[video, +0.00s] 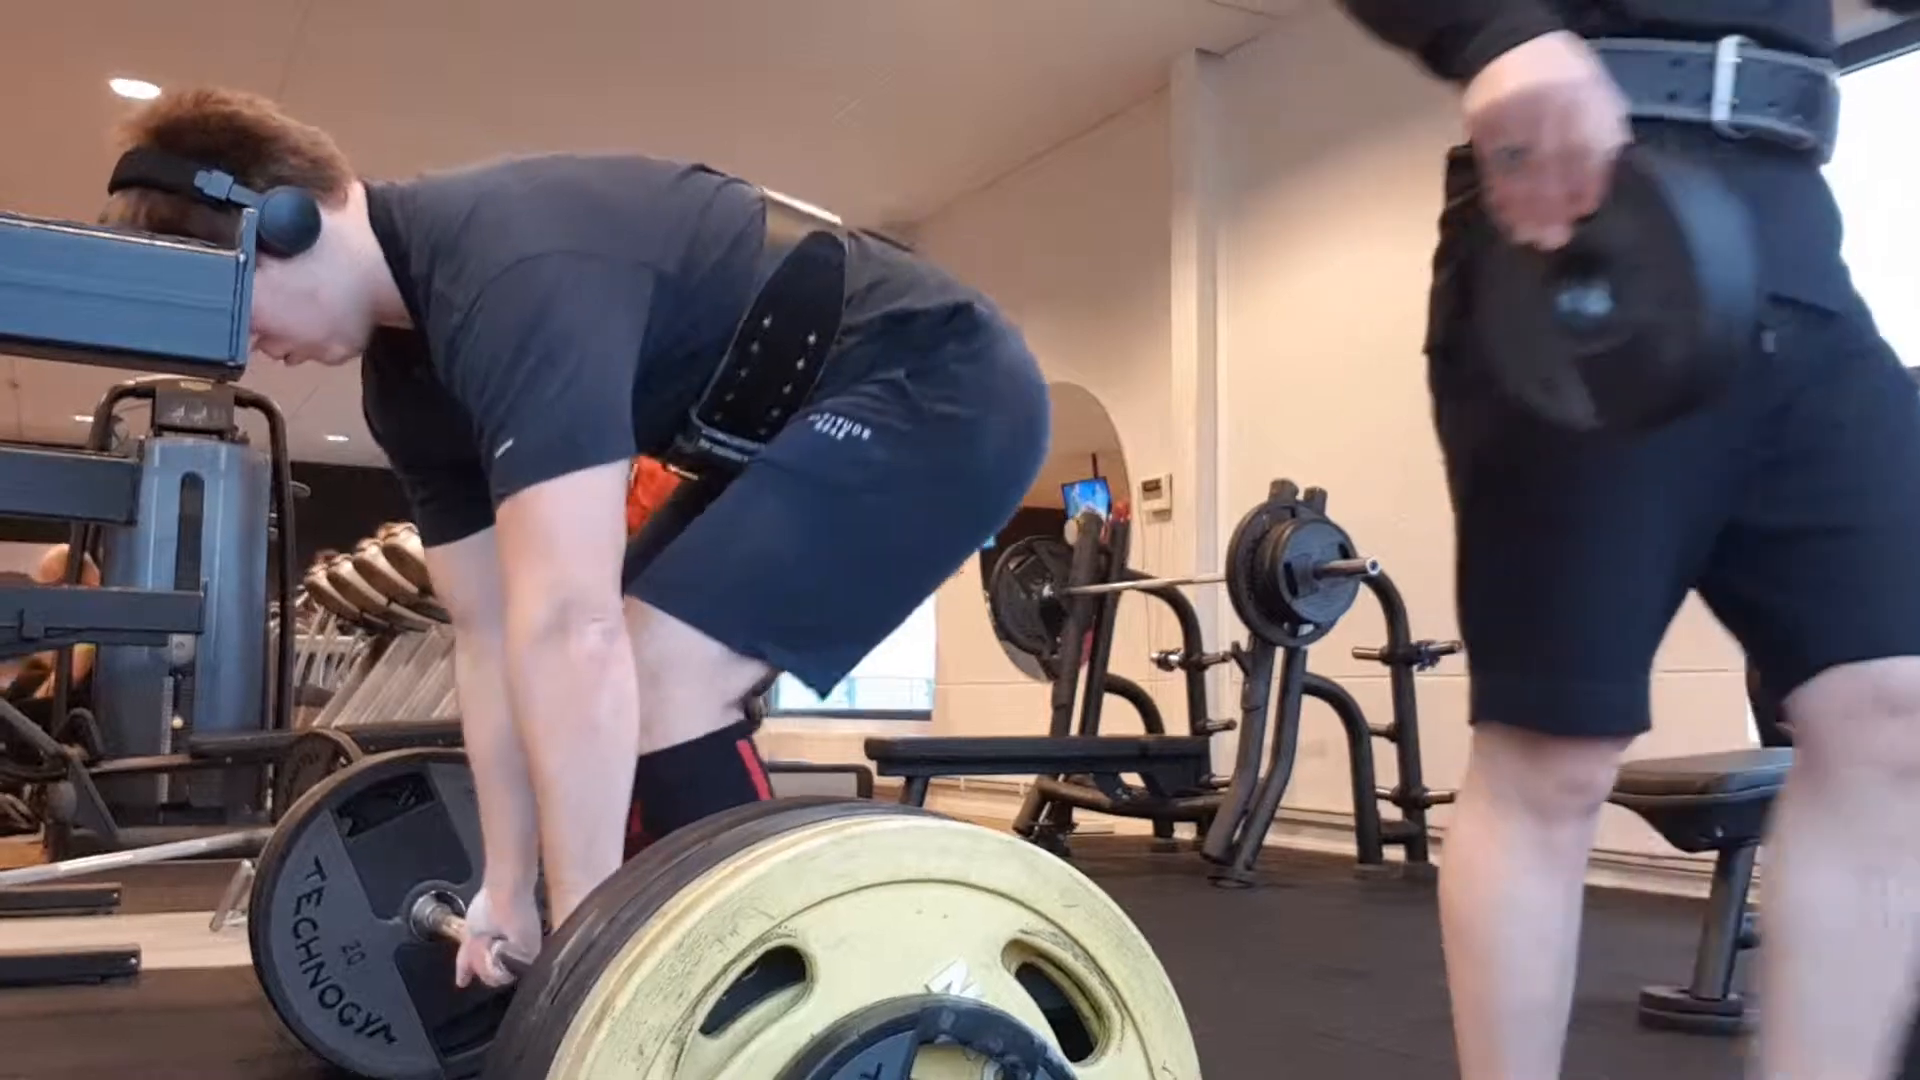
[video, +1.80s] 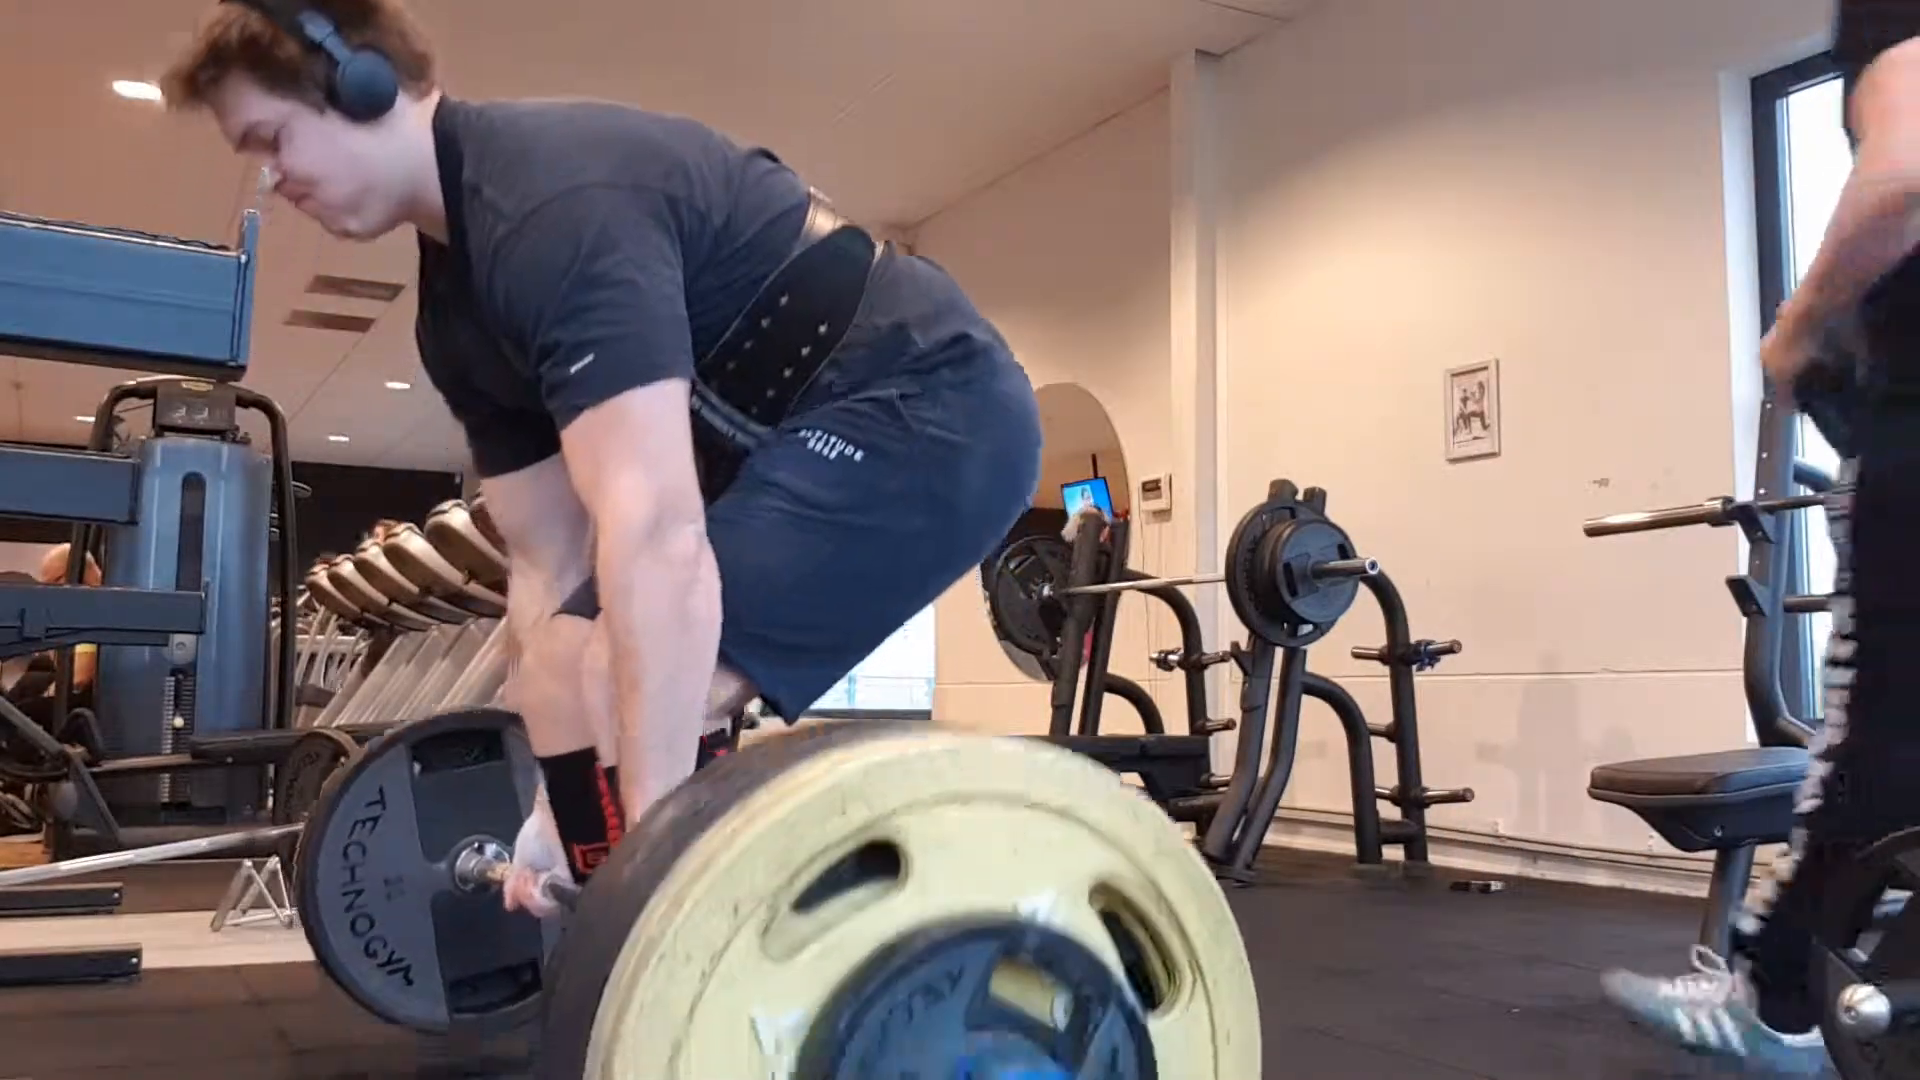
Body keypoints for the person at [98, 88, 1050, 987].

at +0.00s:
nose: (251, 353)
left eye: (234, 309)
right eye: (221, 334)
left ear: (279, 224)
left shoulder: (523, 273)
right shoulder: (410, 369)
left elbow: (578, 630)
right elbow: (490, 638)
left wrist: (595, 938)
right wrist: (507, 892)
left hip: (923, 378)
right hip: (811, 416)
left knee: (658, 681)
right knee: (627, 679)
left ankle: (772, 1005)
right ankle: (742, 1006)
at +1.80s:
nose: (269, 185)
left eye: (270, 141)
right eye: (251, 161)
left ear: (358, 78)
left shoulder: (562, 205)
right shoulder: (455, 307)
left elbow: (659, 537)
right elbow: (546, 555)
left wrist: (656, 856)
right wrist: (552, 812)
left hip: (919, 404)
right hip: (808, 437)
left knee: (627, 690)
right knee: (553, 670)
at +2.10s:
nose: (314, 4)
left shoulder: (591, 67)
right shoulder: (477, 175)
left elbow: (669, 386)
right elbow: (554, 439)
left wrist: (672, 688)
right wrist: (567, 694)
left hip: (913, 341)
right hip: (782, 384)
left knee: (734, 666)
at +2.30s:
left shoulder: (621, 8)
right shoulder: (489, 68)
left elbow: (681, 247)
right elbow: (562, 321)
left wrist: (683, 553)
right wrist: (580, 578)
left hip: (896, 311)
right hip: (755, 337)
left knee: (748, 722)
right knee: (673, 706)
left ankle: (718, 1056)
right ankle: (677, 1047)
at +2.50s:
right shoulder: (531, 17)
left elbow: (710, 98)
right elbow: (582, 199)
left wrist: (748, 405)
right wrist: (587, 467)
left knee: (688, 661)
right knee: (649, 653)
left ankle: (712, 1053)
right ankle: (679, 1042)